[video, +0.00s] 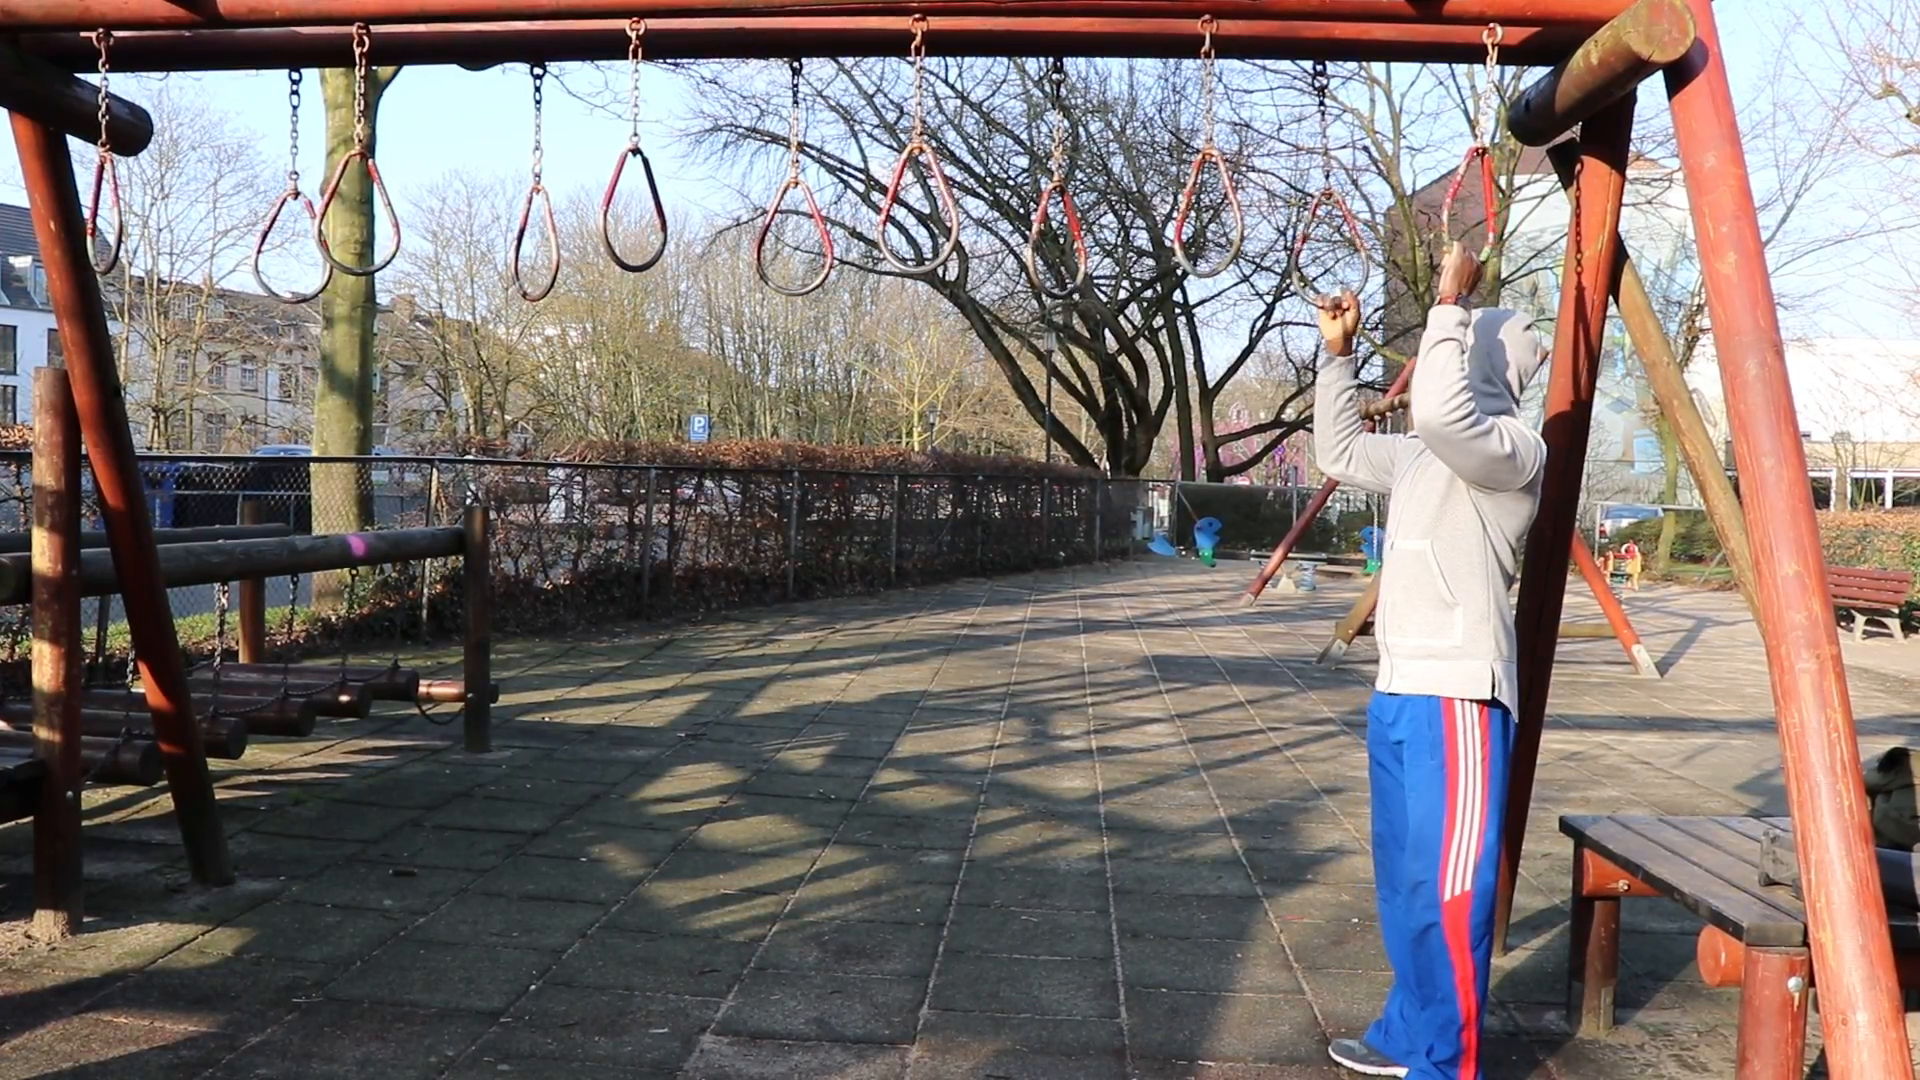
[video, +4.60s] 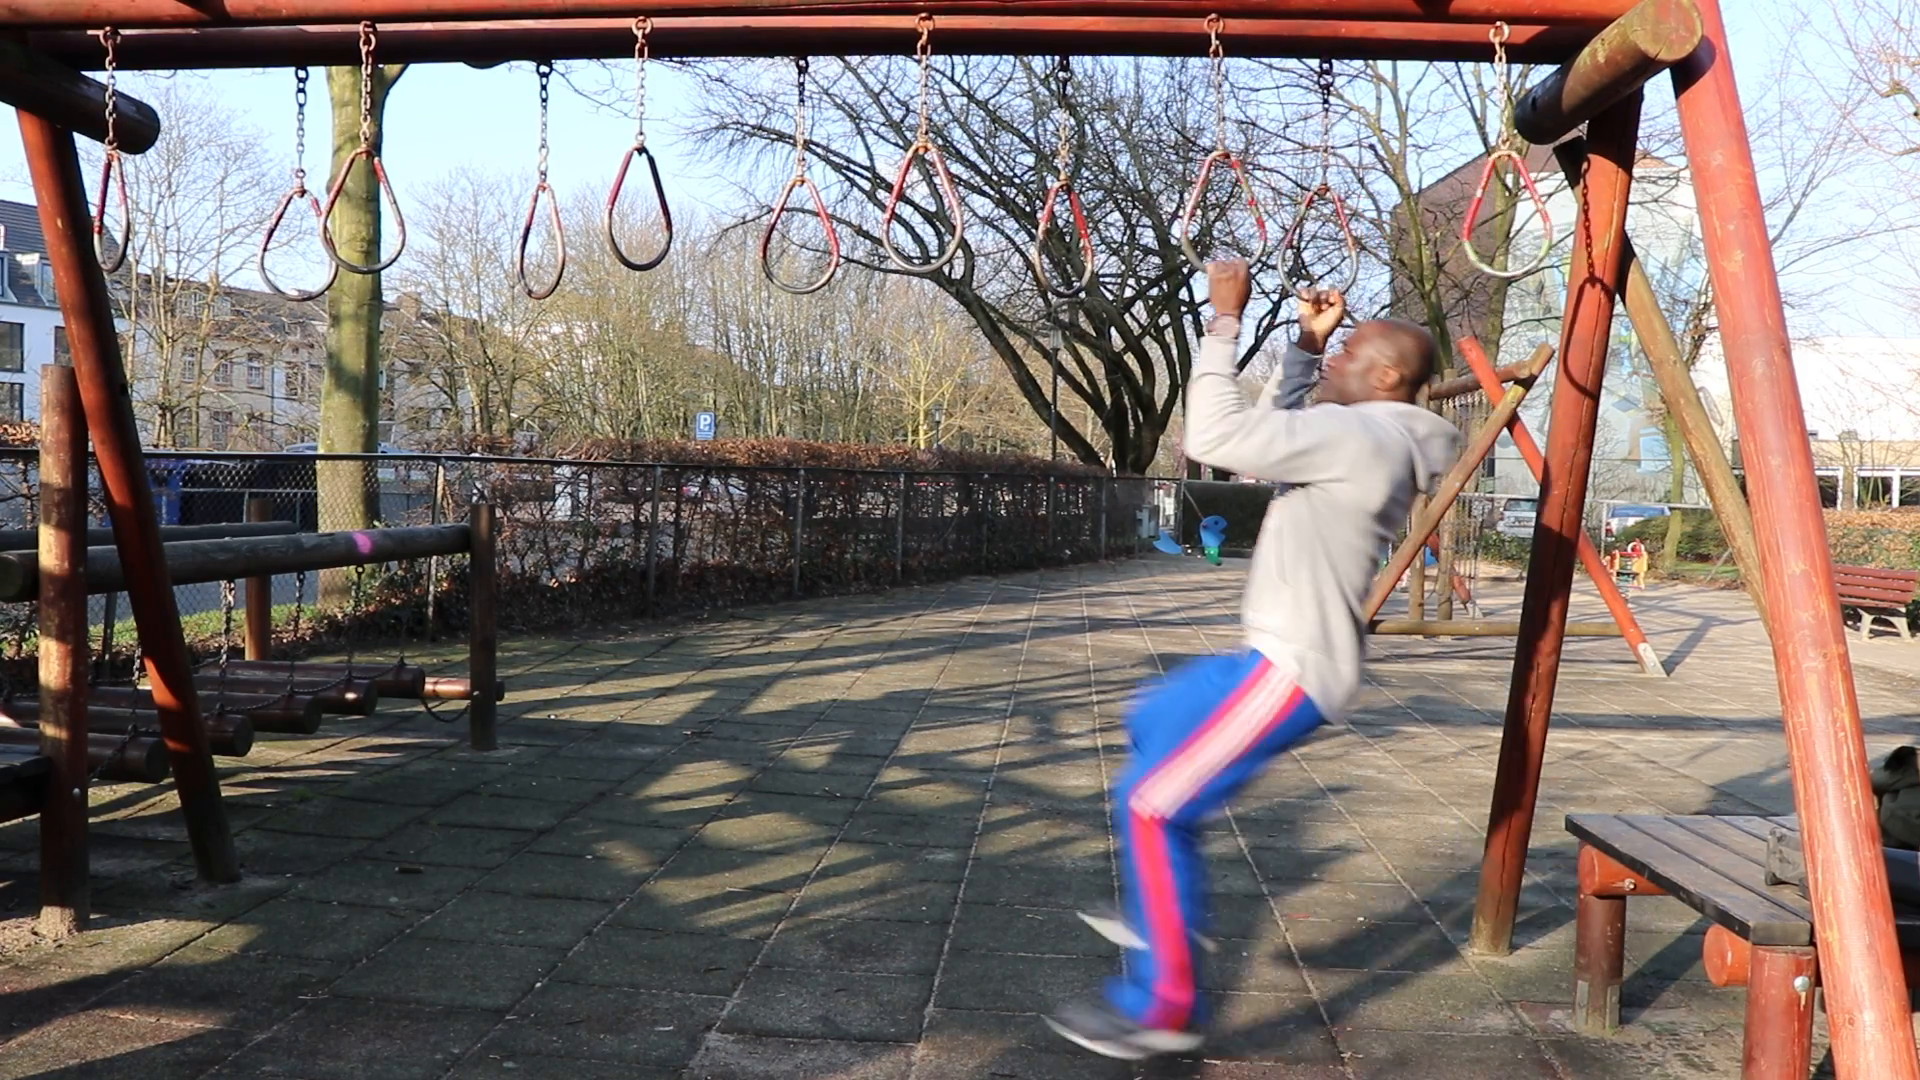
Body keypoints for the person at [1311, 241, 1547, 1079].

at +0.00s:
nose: (1421, 367)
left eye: (1444, 353)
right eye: (1426, 354)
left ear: (1493, 369)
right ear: (1450, 378)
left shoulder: (1520, 452)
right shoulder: (1422, 454)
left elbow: (1444, 416)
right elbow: (1341, 449)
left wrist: (1449, 308)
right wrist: (1338, 353)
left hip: (1464, 697)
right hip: (1404, 694)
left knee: (1453, 884)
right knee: (1406, 879)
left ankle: (1448, 1057)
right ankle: (1409, 1033)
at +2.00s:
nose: (1421, 366)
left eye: (1442, 353)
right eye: (1426, 355)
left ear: (1481, 370)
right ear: (1425, 378)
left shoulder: (1507, 446)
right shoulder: (1399, 448)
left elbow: (1454, 460)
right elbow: (1311, 449)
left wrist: (1455, 352)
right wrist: (1308, 348)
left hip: (1448, 696)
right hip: (1382, 692)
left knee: (1444, 887)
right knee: (1395, 881)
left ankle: (1447, 1060)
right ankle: (1407, 1034)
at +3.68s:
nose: (1462, 356)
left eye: (1484, 348)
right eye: (1467, 345)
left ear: (1523, 378)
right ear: (1492, 372)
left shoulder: (1512, 439)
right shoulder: (1457, 429)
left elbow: (1396, 447)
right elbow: (1348, 453)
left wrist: (1410, 325)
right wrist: (1362, 343)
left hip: (1462, 688)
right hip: (1408, 683)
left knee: (1441, 886)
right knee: (1401, 877)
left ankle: (1448, 1059)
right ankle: (1412, 1034)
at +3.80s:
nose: (1453, 347)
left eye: (1475, 342)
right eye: (1458, 337)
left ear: (1513, 376)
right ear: (1462, 368)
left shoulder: (1498, 437)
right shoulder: (1447, 430)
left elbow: (1379, 430)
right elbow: (1341, 455)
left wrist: (1312, 327)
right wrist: (1362, 344)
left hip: (1460, 691)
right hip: (1410, 684)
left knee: (1441, 882)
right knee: (1399, 871)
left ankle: (1450, 1059)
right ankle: (1410, 1034)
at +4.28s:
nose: (1402, 359)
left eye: (1421, 349)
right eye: (1409, 347)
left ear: (1466, 376)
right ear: (1460, 376)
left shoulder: (1454, 436)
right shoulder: (1427, 432)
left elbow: (1317, 427)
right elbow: (1323, 442)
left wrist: (1294, 309)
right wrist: (1343, 343)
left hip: (1407, 674)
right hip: (1367, 666)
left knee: (1356, 868)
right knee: (1316, 836)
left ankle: (1411, 1053)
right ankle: (1386, 1010)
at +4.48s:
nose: (1360, 369)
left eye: (1380, 358)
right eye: (1370, 357)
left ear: (1420, 383)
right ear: (1419, 383)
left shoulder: (1400, 444)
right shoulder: (1395, 437)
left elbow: (1254, 436)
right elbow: (1291, 439)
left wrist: (1248, 318)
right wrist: (1322, 344)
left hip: (1340, 676)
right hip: (1314, 663)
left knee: (1236, 850)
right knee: (1217, 802)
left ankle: (1280, 1043)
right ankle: (1290, 992)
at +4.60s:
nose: (1328, 360)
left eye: (1348, 352)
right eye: (1335, 347)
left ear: (1388, 377)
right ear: (1386, 377)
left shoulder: (1366, 439)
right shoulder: (1369, 434)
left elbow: (1215, 435)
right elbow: (1273, 430)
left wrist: (1223, 317)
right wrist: (1306, 343)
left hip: (1298, 667)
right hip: (1280, 650)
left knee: (1148, 804)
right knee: (1152, 719)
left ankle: (1165, 1010)